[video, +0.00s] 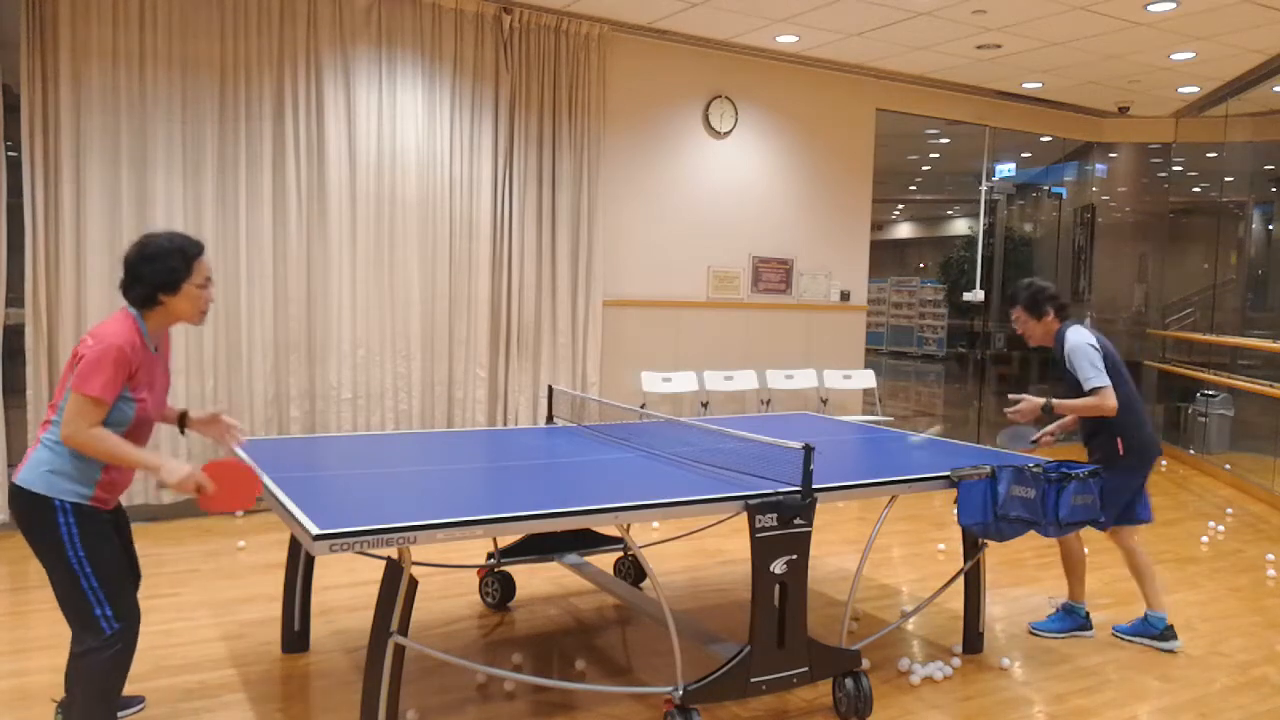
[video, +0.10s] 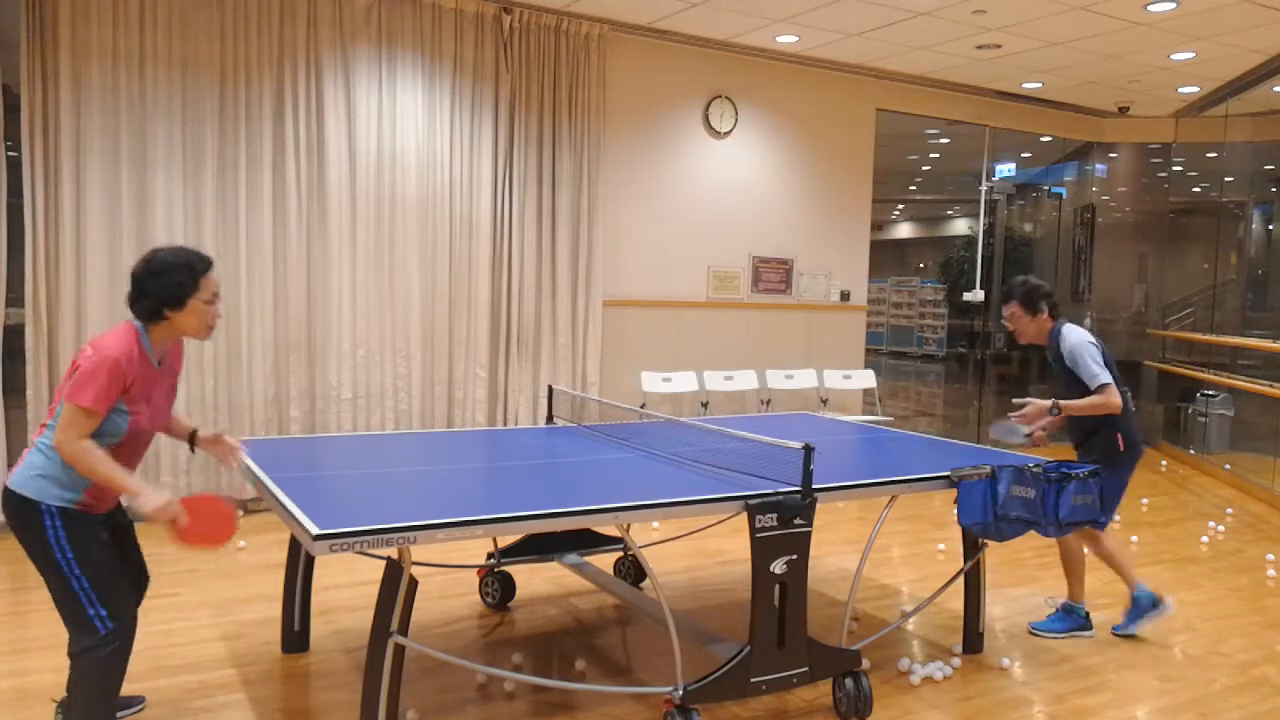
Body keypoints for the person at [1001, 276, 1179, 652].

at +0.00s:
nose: (1018, 330)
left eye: (1021, 322)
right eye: (1015, 323)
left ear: (1047, 314)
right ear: (1048, 315)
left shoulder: (1076, 341)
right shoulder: (1075, 339)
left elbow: (1107, 403)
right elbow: (1096, 405)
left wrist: (1042, 406)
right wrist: (1056, 429)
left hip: (1121, 453)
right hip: (1131, 450)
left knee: (1063, 517)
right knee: (1121, 530)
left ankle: (1076, 611)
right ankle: (1158, 620)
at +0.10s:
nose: (1009, 328)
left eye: (1013, 319)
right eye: (1007, 320)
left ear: (1041, 313)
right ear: (1038, 316)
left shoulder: (1074, 342)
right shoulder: (1059, 345)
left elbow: (1112, 402)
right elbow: (1084, 405)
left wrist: (1053, 407)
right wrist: (1050, 427)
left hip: (1114, 447)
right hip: (1100, 447)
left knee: (1066, 520)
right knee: (1088, 528)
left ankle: (1075, 610)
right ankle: (1143, 596)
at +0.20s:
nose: (1007, 315)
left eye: (1013, 306)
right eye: (1004, 308)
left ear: (1040, 303)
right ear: (1035, 306)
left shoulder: (1071, 337)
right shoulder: (1046, 340)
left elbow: (1109, 395)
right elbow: (1070, 394)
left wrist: (1050, 401)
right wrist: (1035, 413)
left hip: (1098, 443)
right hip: (1076, 441)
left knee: (1063, 518)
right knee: (1052, 511)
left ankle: (1076, 610)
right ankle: (1102, 576)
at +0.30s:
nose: (1003, 307)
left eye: (1010, 299)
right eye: (1000, 300)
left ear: (1037, 299)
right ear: (1001, 303)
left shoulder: (1064, 335)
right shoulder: (1034, 339)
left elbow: (1100, 393)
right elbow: (1054, 394)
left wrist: (1042, 397)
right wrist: (1018, 409)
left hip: (1082, 448)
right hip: (1053, 445)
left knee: (1057, 522)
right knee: (1026, 502)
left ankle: (1076, 609)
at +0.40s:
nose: (995, 309)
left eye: (1002, 300)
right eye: (991, 302)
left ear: (1028, 299)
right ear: (992, 304)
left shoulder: (1054, 337)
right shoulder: (1019, 340)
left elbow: (1090, 394)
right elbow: (1034, 392)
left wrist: (1036, 398)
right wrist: (1003, 409)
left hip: (1064, 449)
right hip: (1038, 446)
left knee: (1050, 526)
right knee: (1008, 502)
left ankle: (1074, 609)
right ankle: (989, 566)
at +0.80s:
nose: (948, 313)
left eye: (955, 306)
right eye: (945, 306)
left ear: (979, 308)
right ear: (945, 309)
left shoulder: (1002, 339)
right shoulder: (969, 346)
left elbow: (1044, 389)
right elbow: (989, 392)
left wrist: (992, 401)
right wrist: (961, 414)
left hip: (1024, 443)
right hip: (994, 439)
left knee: (1014, 514)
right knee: (969, 491)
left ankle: (1035, 589)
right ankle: (957, 553)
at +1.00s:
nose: (924, 332)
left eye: (928, 324)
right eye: (923, 325)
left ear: (949, 320)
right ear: (949, 322)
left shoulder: (976, 352)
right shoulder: (966, 348)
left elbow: (1015, 401)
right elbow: (981, 395)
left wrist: (962, 410)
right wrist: (945, 402)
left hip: (1006, 451)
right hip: (985, 446)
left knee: (982, 518)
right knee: (942, 480)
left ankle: (1027, 587)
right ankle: (945, 552)